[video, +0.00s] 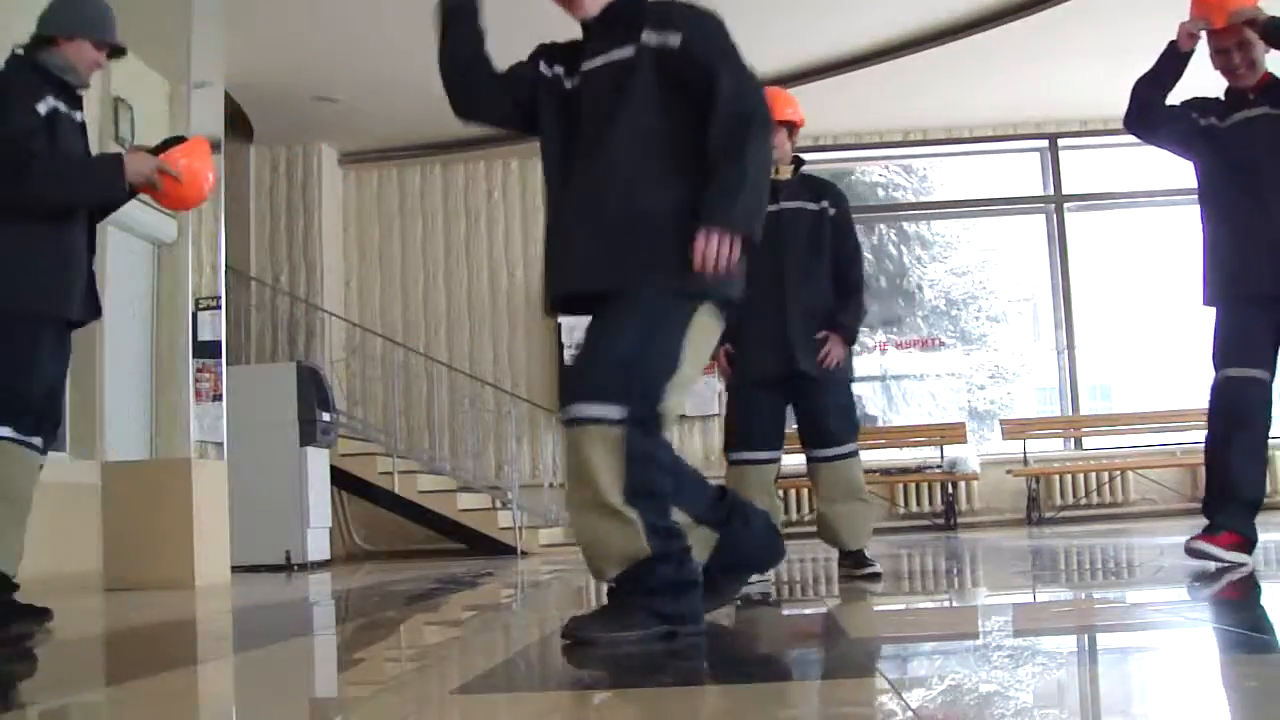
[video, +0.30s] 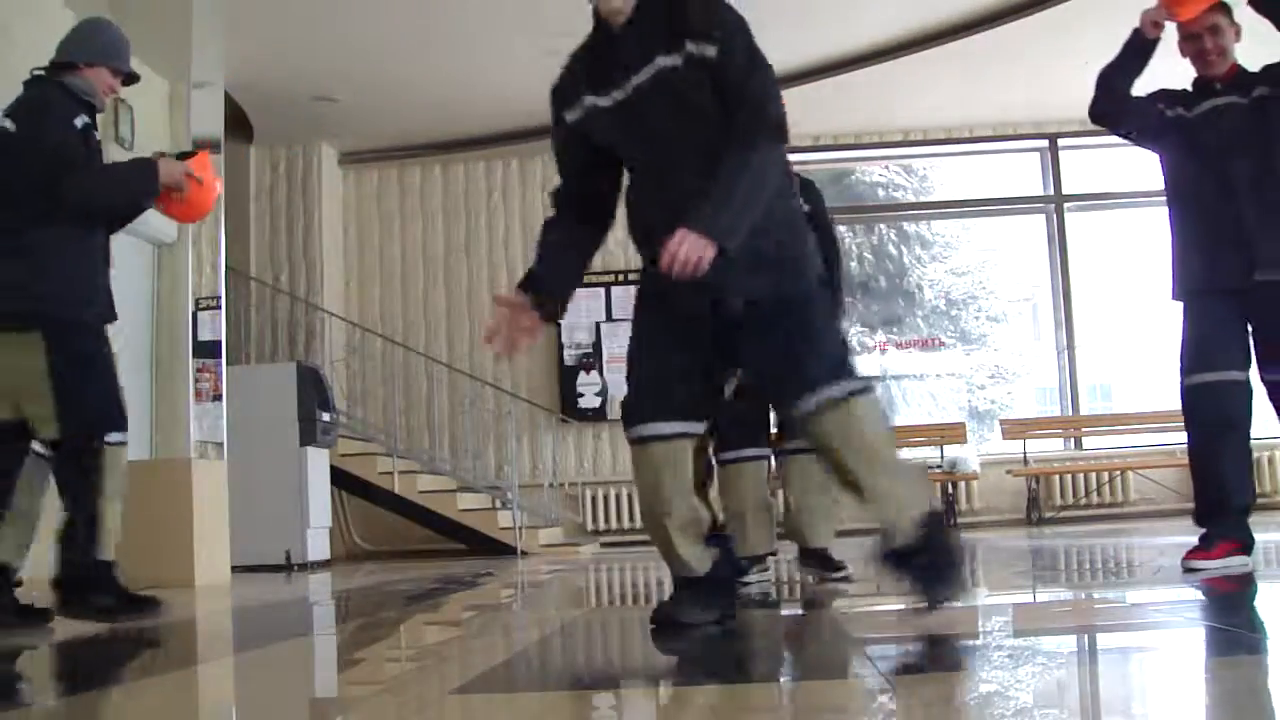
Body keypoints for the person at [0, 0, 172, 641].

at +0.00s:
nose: (105, 61)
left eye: (108, 52)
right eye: (101, 48)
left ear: (72, 41)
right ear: (68, 39)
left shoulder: (59, 102)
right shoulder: (21, 91)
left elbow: (67, 201)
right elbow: (31, 183)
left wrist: (131, 181)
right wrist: (119, 170)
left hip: (45, 306)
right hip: (21, 305)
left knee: (28, 444)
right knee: (18, 443)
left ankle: (6, 586)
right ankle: (3, 589)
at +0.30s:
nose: (119, 90)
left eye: (122, 80)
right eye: (116, 77)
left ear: (75, 66)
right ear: (89, 66)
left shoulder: (27, 111)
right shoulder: (57, 115)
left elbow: (78, 207)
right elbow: (77, 194)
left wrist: (148, 186)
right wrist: (153, 173)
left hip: (18, 313)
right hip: (53, 314)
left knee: (16, 450)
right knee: (94, 439)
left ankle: (4, 583)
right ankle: (86, 580)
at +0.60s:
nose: (160, 93)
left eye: (161, 83)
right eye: (153, 81)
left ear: (118, 85)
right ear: (123, 82)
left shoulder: (93, 134)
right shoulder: (112, 135)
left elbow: (136, 233)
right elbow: (134, 222)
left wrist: (206, 223)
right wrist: (207, 193)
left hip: (73, 325)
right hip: (102, 328)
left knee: (59, 447)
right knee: (114, 457)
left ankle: (7, 579)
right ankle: (141, 587)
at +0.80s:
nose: (186, 100)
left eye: (188, 91)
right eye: (178, 89)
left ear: (161, 92)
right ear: (148, 88)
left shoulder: (144, 143)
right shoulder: (128, 140)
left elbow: (162, 232)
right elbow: (139, 227)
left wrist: (225, 215)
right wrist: (215, 203)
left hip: (137, 324)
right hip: (124, 325)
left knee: (138, 448)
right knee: (136, 450)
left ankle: (56, 546)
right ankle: (141, 586)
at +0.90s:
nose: (193, 108)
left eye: (197, 99)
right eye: (185, 97)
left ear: (186, 103)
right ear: (158, 96)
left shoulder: (163, 152)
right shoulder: (131, 145)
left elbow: (187, 234)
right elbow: (152, 218)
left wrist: (253, 199)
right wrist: (226, 181)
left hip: (157, 322)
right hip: (135, 321)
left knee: (157, 444)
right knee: (143, 450)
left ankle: (107, 557)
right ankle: (140, 582)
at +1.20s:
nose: (217, 146)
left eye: (222, 138)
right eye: (209, 137)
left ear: (223, 143)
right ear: (184, 133)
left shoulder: (221, 188)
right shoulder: (148, 161)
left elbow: (275, 200)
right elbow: (164, 150)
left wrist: (274, 141)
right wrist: (205, 104)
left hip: (209, 332)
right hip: (165, 326)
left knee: (213, 454)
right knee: (172, 453)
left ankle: (203, 572)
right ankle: (148, 577)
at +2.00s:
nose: (196, 146)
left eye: (205, 140)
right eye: (187, 134)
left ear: (212, 146)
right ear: (160, 130)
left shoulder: (217, 196)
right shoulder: (137, 178)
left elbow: (269, 207)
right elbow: (117, 155)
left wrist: (244, 148)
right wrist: (157, 113)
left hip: (211, 338)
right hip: (157, 334)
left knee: (213, 455)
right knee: (160, 456)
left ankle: (205, 571)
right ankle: (152, 574)